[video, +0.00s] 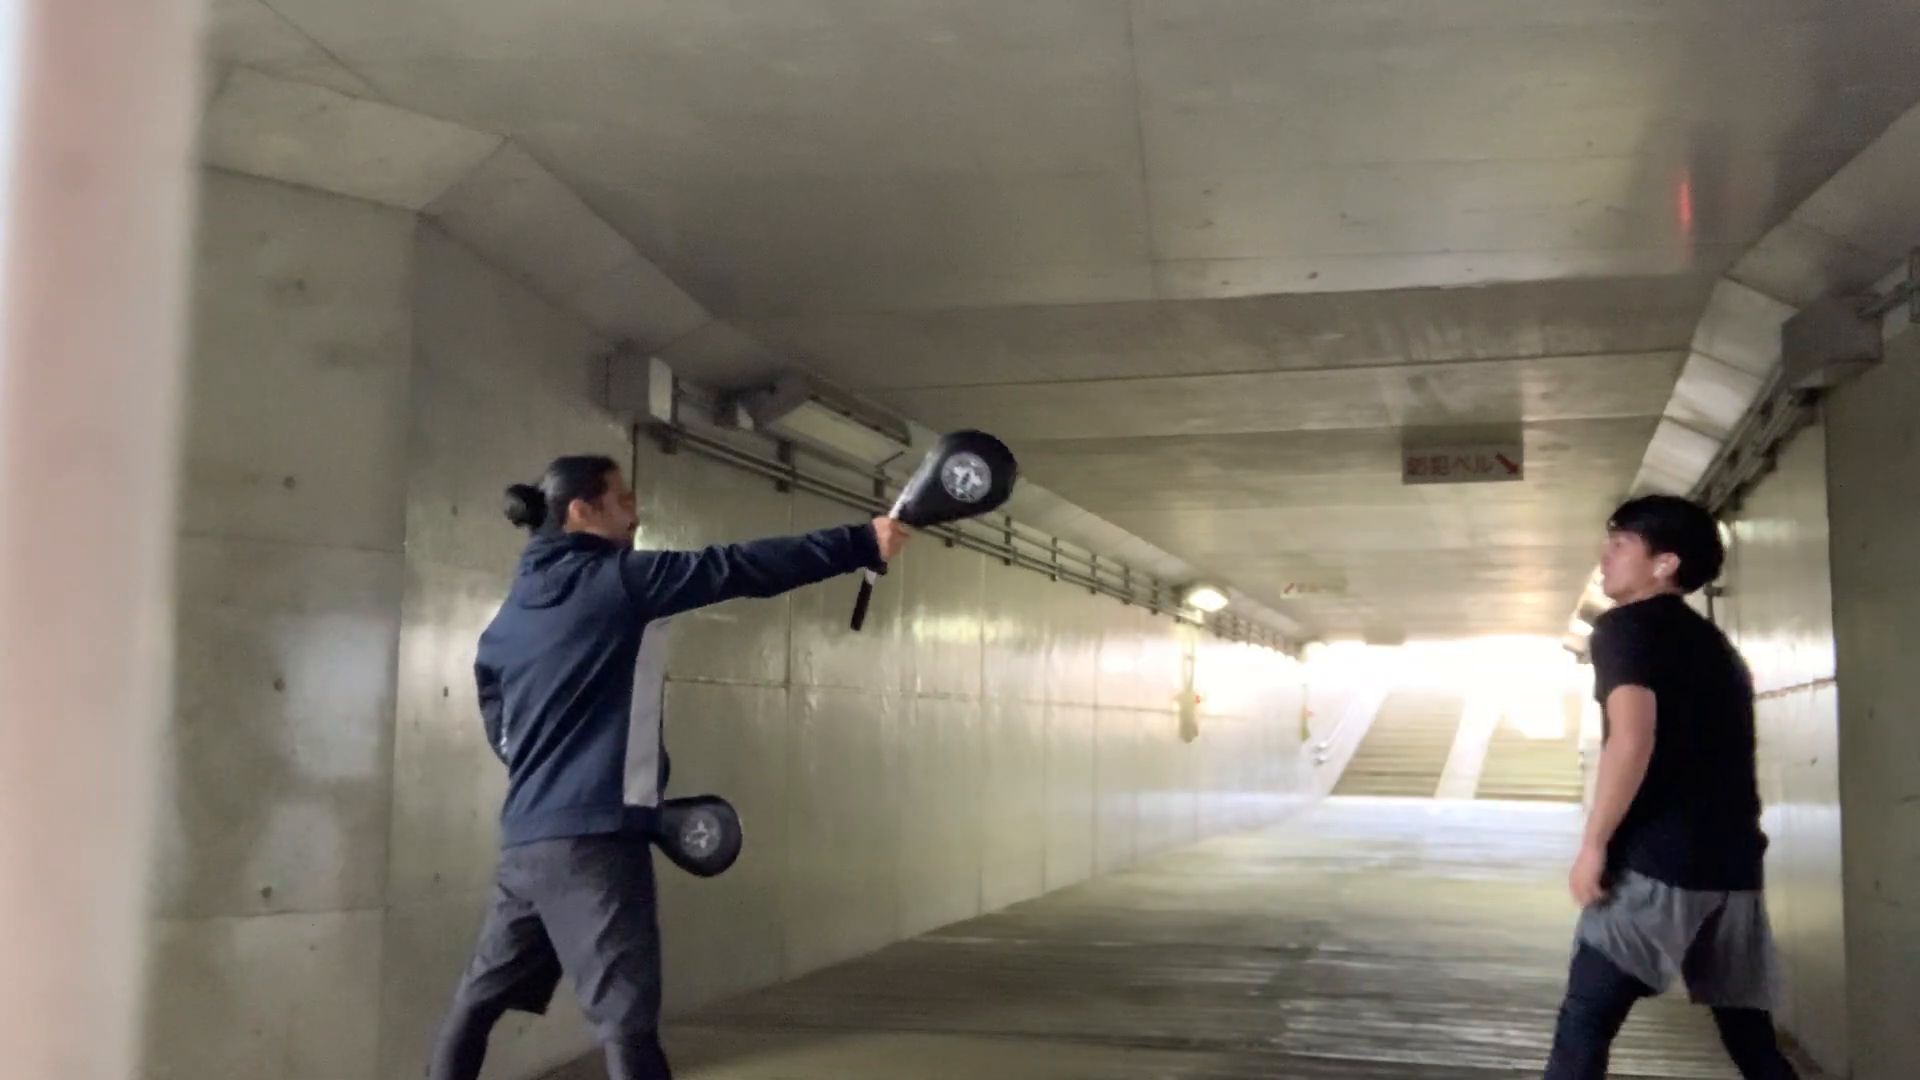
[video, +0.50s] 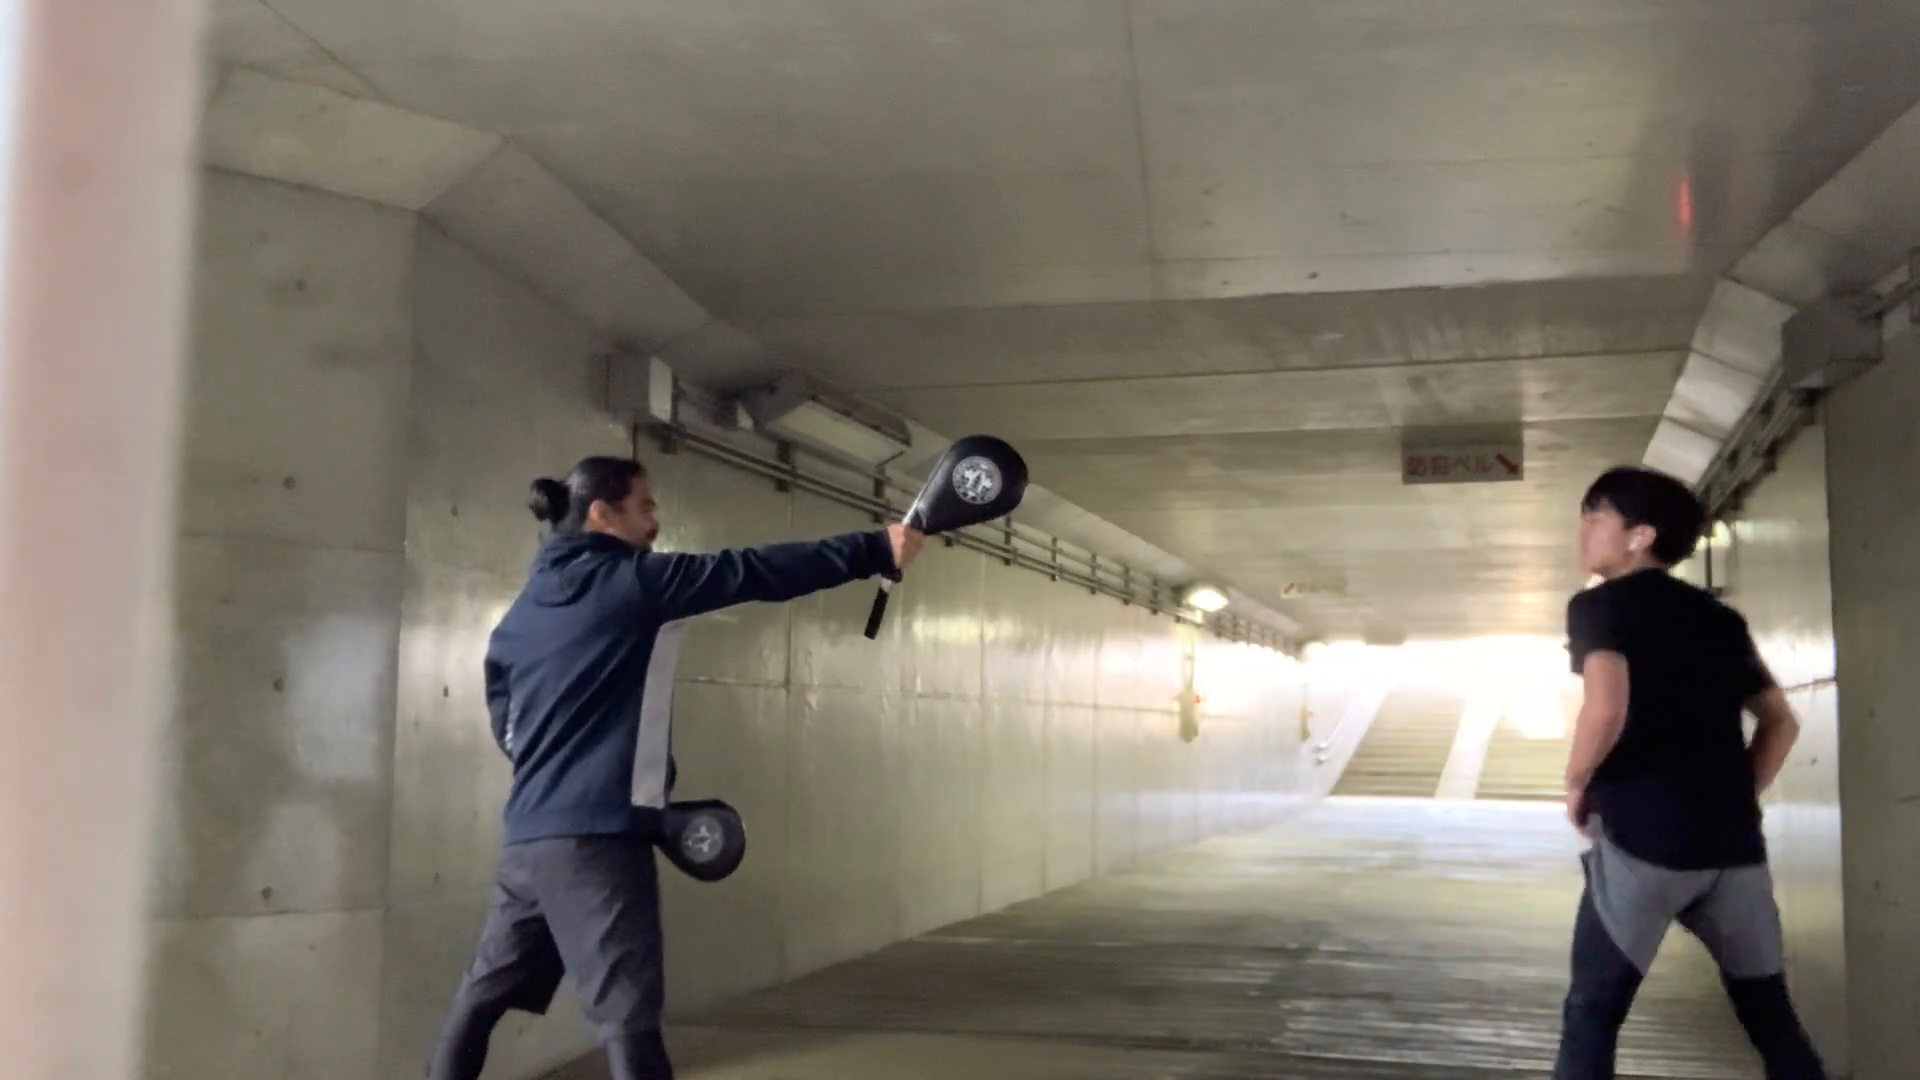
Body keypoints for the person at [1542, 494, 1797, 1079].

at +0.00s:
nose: (1603, 555)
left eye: (1619, 544)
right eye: (1610, 541)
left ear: (1665, 564)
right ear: (1667, 569)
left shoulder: (1625, 627)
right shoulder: (1719, 646)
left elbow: (1631, 735)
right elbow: (1732, 764)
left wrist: (1593, 843)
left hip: (1657, 868)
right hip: (1736, 872)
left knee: (1583, 1031)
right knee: (1753, 1040)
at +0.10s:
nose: (1607, 552)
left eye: (1623, 541)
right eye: (1614, 539)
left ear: (1670, 559)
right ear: (1672, 564)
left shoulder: (1633, 623)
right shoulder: (1730, 640)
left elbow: (1632, 725)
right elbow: (1756, 758)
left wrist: (1582, 814)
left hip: (1667, 855)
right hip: (1747, 857)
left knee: (1580, 1019)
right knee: (1768, 1037)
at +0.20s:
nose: (1600, 553)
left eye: (1615, 541)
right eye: (1606, 540)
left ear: (1661, 559)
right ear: (1664, 562)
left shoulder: (1626, 624)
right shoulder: (1734, 644)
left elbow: (1623, 724)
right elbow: (1776, 770)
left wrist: (1575, 809)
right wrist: (1712, 816)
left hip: (1660, 858)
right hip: (1744, 866)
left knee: (1582, 1022)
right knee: (1766, 1039)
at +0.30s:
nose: (1584, 576)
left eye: (1596, 560)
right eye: (1587, 560)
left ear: (1644, 572)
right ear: (1649, 575)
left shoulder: (1609, 642)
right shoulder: (1721, 658)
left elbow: (1597, 752)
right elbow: (1776, 771)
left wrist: (1565, 834)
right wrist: (1735, 839)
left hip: (1650, 875)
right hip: (1736, 879)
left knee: (1577, 1041)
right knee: (1743, 1044)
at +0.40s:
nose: (1575, 576)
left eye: (1586, 561)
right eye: (1578, 562)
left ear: (1632, 573)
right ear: (1641, 576)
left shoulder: (1600, 647)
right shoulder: (1711, 656)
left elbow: (1589, 755)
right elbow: (1772, 768)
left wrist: (1556, 835)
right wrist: (1738, 847)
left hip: (1642, 884)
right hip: (1731, 885)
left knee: (1568, 1045)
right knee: (1744, 1046)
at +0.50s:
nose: (1583, 533)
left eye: (1595, 519)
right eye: (1586, 518)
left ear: (1641, 534)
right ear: (1650, 538)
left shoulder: (1601, 604)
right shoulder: (1718, 615)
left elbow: (1607, 705)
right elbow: (1780, 722)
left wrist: (1575, 785)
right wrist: (1735, 796)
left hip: (1644, 840)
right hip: (1732, 836)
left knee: (1591, 1018)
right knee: (1771, 1017)